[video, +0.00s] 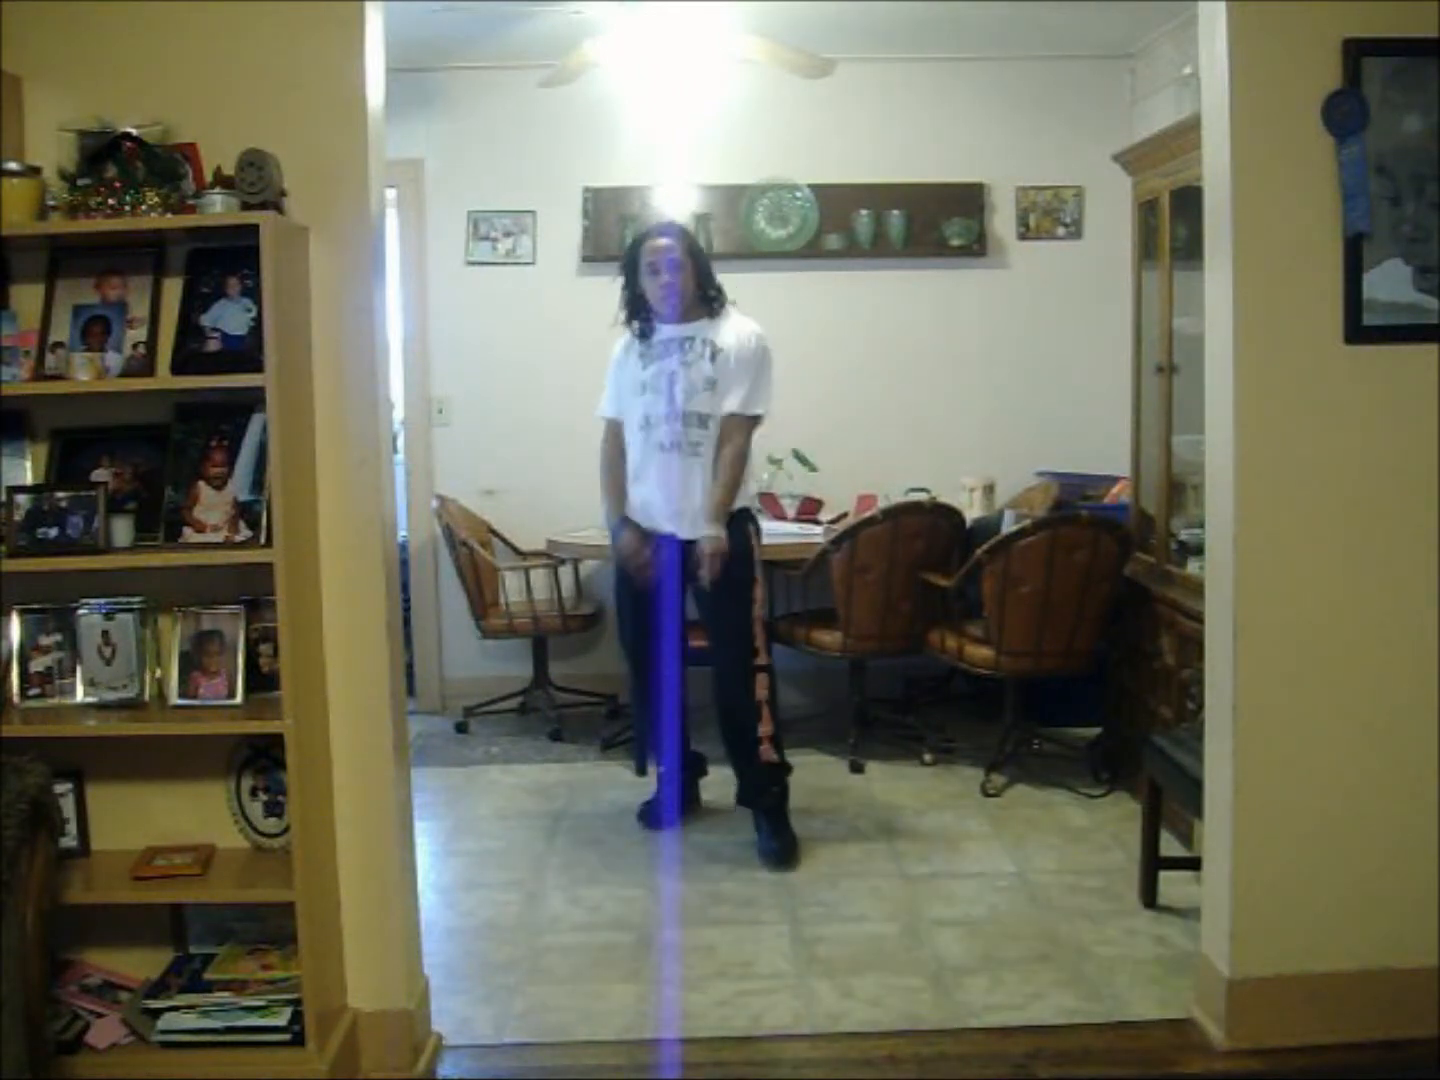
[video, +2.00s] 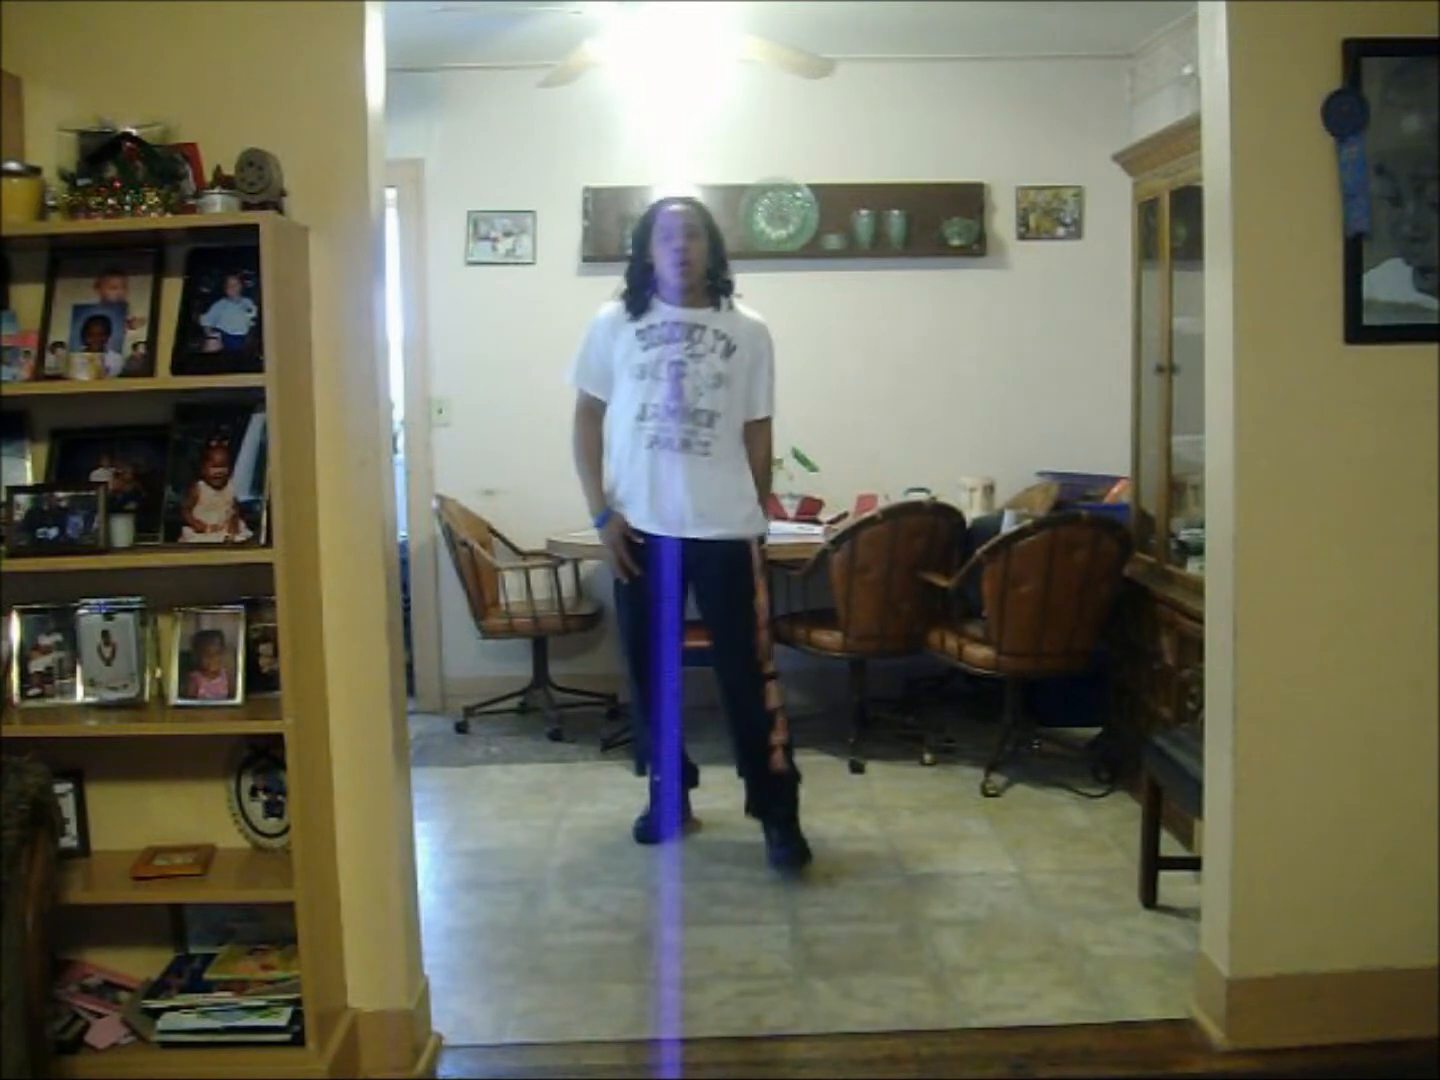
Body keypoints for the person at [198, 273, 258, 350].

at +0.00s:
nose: (233, 288)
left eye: (236, 285)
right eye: (230, 285)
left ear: (240, 287)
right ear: (226, 288)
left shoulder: (247, 303)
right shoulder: (222, 304)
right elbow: (205, 320)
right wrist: (210, 334)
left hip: (243, 338)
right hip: (225, 337)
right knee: (212, 340)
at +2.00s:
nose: (233, 289)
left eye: (236, 285)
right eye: (230, 286)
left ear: (240, 287)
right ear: (225, 288)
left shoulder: (247, 303)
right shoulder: (221, 304)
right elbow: (206, 320)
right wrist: (210, 335)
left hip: (244, 339)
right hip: (225, 338)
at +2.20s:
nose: (233, 289)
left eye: (236, 285)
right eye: (230, 286)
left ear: (240, 287)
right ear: (225, 288)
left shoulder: (247, 304)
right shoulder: (221, 304)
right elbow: (205, 320)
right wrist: (210, 336)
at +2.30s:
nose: (233, 289)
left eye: (236, 285)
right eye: (230, 286)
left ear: (240, 287)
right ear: (226, 288)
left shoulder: (247, 304)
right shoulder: (221, 304)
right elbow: (205, 320)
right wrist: (210, 335)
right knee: (212, 342)